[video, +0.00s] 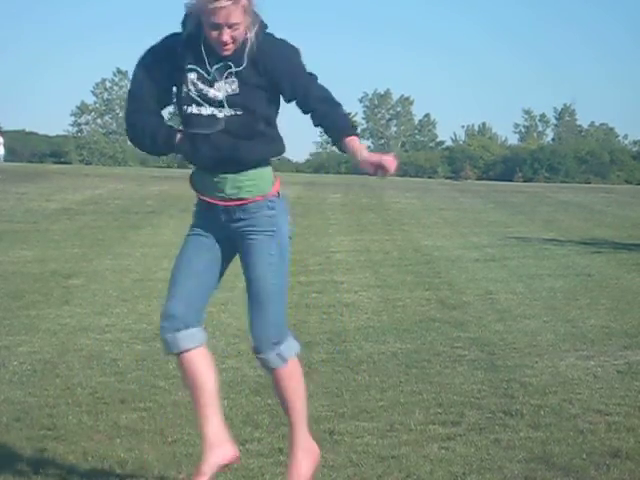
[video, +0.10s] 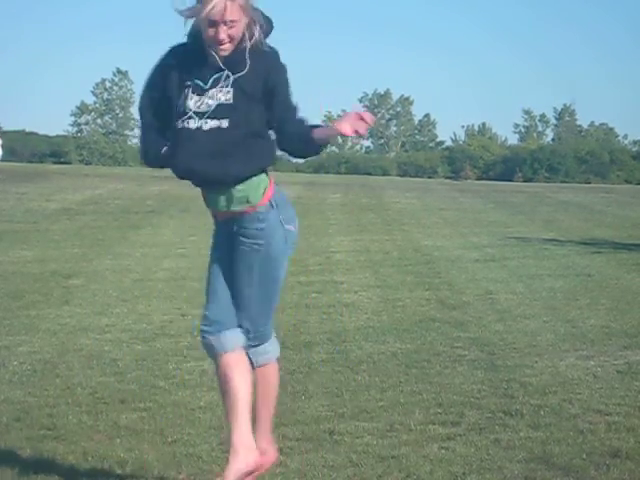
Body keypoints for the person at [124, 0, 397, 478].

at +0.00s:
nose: (225, 36)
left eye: (234, 25)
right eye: (215, 26)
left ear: (250, 16)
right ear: (198, 18)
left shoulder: (271, 53)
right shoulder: (173, 52)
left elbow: (316, 99)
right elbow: (139, 122)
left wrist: (359, 153)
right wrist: (185, 142)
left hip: (260, 212)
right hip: (209, 213)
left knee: (269, 339)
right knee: (179, 324)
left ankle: (304, 445)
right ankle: (217, 442)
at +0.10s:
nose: (222, 32)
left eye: (231, 23)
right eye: (213, 23)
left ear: (247, 21)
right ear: (198, 20)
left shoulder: (263, 64)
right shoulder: (178, 62)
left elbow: (291, 138)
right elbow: (151, 122)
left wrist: (333, 128)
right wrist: (168, 152)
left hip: (261, 220)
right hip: (225, 220)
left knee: (258, 337)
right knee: (221, 333)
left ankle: (265, 444)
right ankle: (241, 451)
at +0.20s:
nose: (211, 50)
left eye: (222, 41)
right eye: (202, 40)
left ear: (241, 47)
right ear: (192, 46)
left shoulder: (257, 98)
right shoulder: (187, 96)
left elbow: (288, 183)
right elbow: (177, 165)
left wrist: (278, 133)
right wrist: (192, 199)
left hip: (272, 258)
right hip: (221, 259)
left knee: (260, 378)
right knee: (218, 374)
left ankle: (264, 467)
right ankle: (263, 473)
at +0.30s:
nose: (210, 63)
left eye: (223, 55)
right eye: (202, 54)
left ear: (242, 65)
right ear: (193, 63)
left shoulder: (250, 113)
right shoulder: (198, 115)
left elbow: (266, 188)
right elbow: (207, 185)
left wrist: (217, 147)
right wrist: (186, 221)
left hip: (273, 281)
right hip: (218, 276)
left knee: (250, 409)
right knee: (201, 392)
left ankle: (247, 466)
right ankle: (258, 476)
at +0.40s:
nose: (215, 54)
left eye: (227, 46)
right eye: (207, 45)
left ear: (247, 53)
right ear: (200, 52)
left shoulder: (250, 93)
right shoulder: (210, 102)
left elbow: (231, 143)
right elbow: (215, 150)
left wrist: (173, 158)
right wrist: (176, 151)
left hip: (273, 273)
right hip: (216, 269)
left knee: (252, 402)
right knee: (204, 393)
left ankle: (270, 424)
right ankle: (260, 477)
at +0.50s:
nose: (214, 28)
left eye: (225, 17)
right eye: (206, 19)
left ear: (248, 22)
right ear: (197, 24)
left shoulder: (255, 66)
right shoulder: (207, 69)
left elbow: (258, 142)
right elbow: (212, 139)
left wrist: (189, 134)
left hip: (268, 236)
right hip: (225, 238)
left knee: (229, 362)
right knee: (224, 366)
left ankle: (307, 386)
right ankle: (266, 474)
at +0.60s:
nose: (206, 11)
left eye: (217, 0)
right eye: (198, 2)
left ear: (244, 1)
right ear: (190, 5)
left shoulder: (262, 57)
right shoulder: (188, 54)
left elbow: (299, 138)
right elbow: (170, 121)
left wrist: (246, 129)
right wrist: (177, 163)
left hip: (262, 207)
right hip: (241, 210)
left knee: (226, 341)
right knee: (236, 341)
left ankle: (305, 449)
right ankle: (254, 462)